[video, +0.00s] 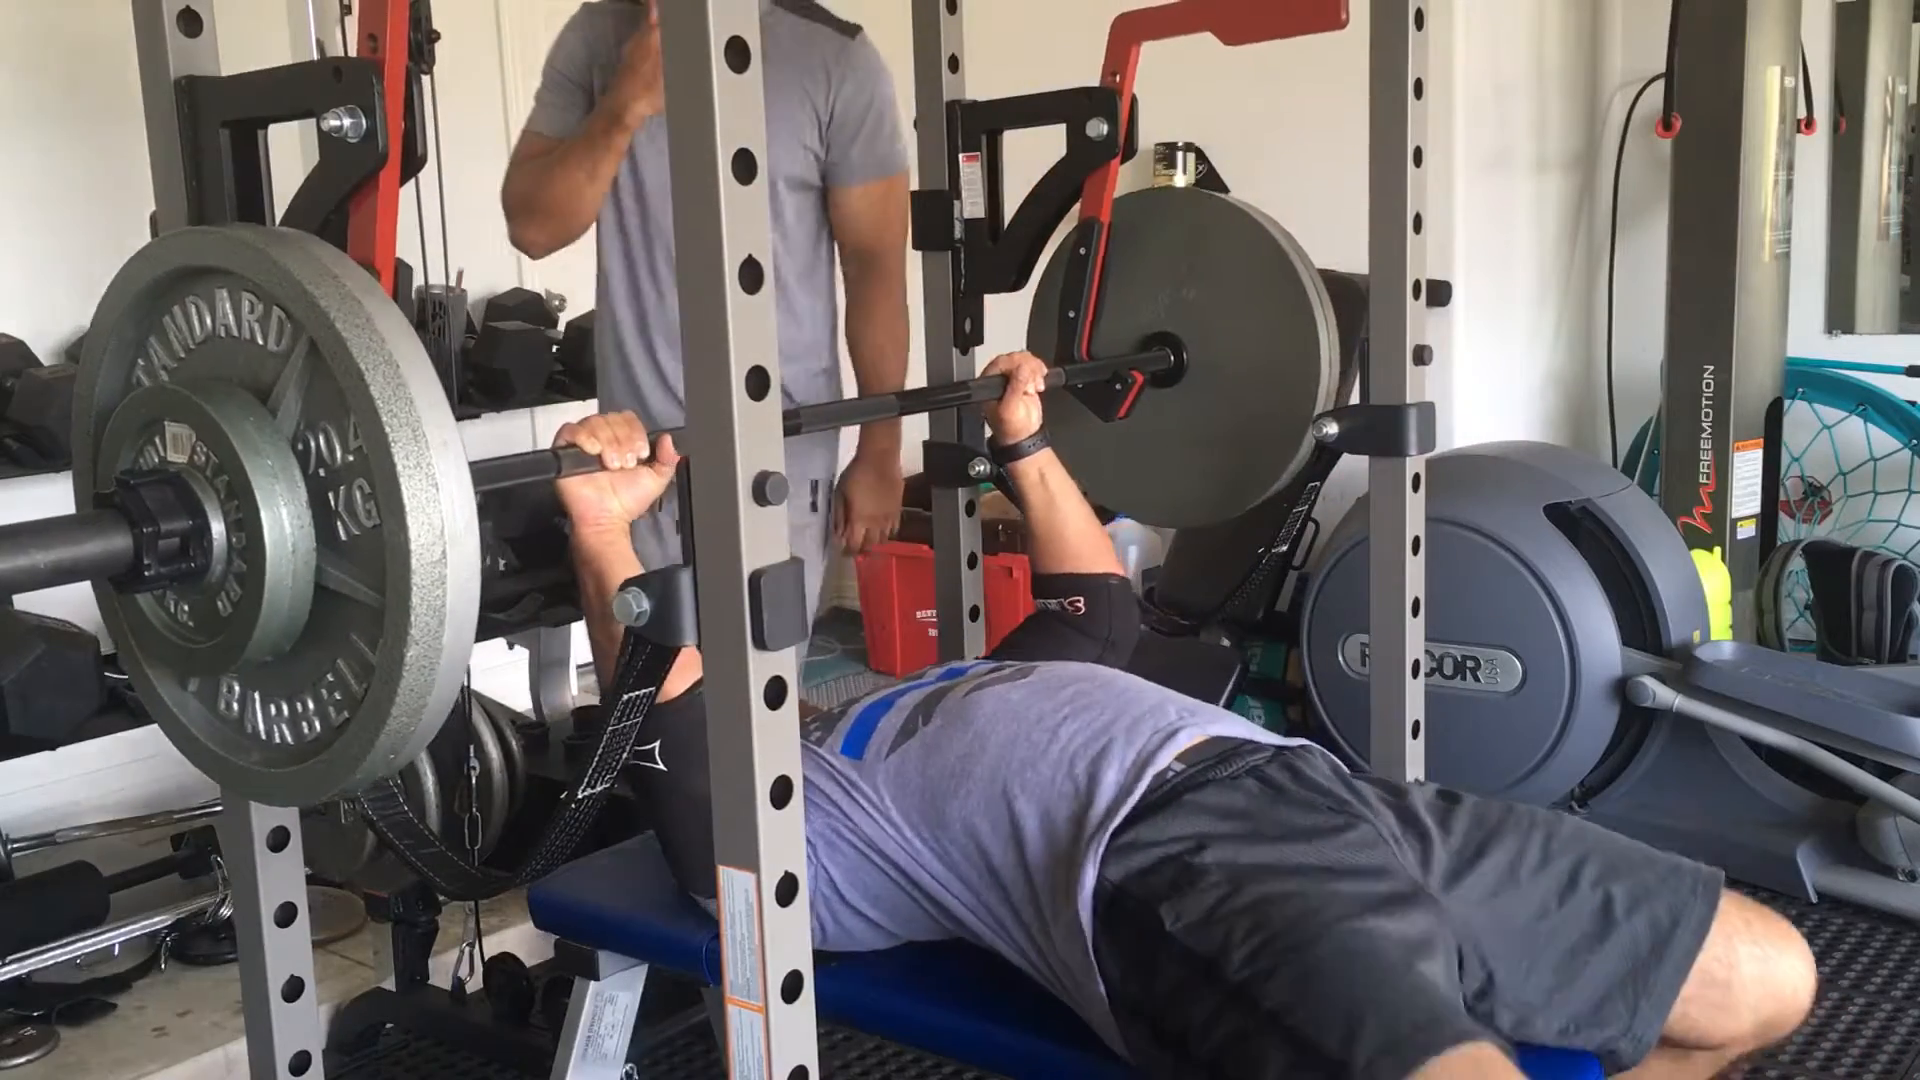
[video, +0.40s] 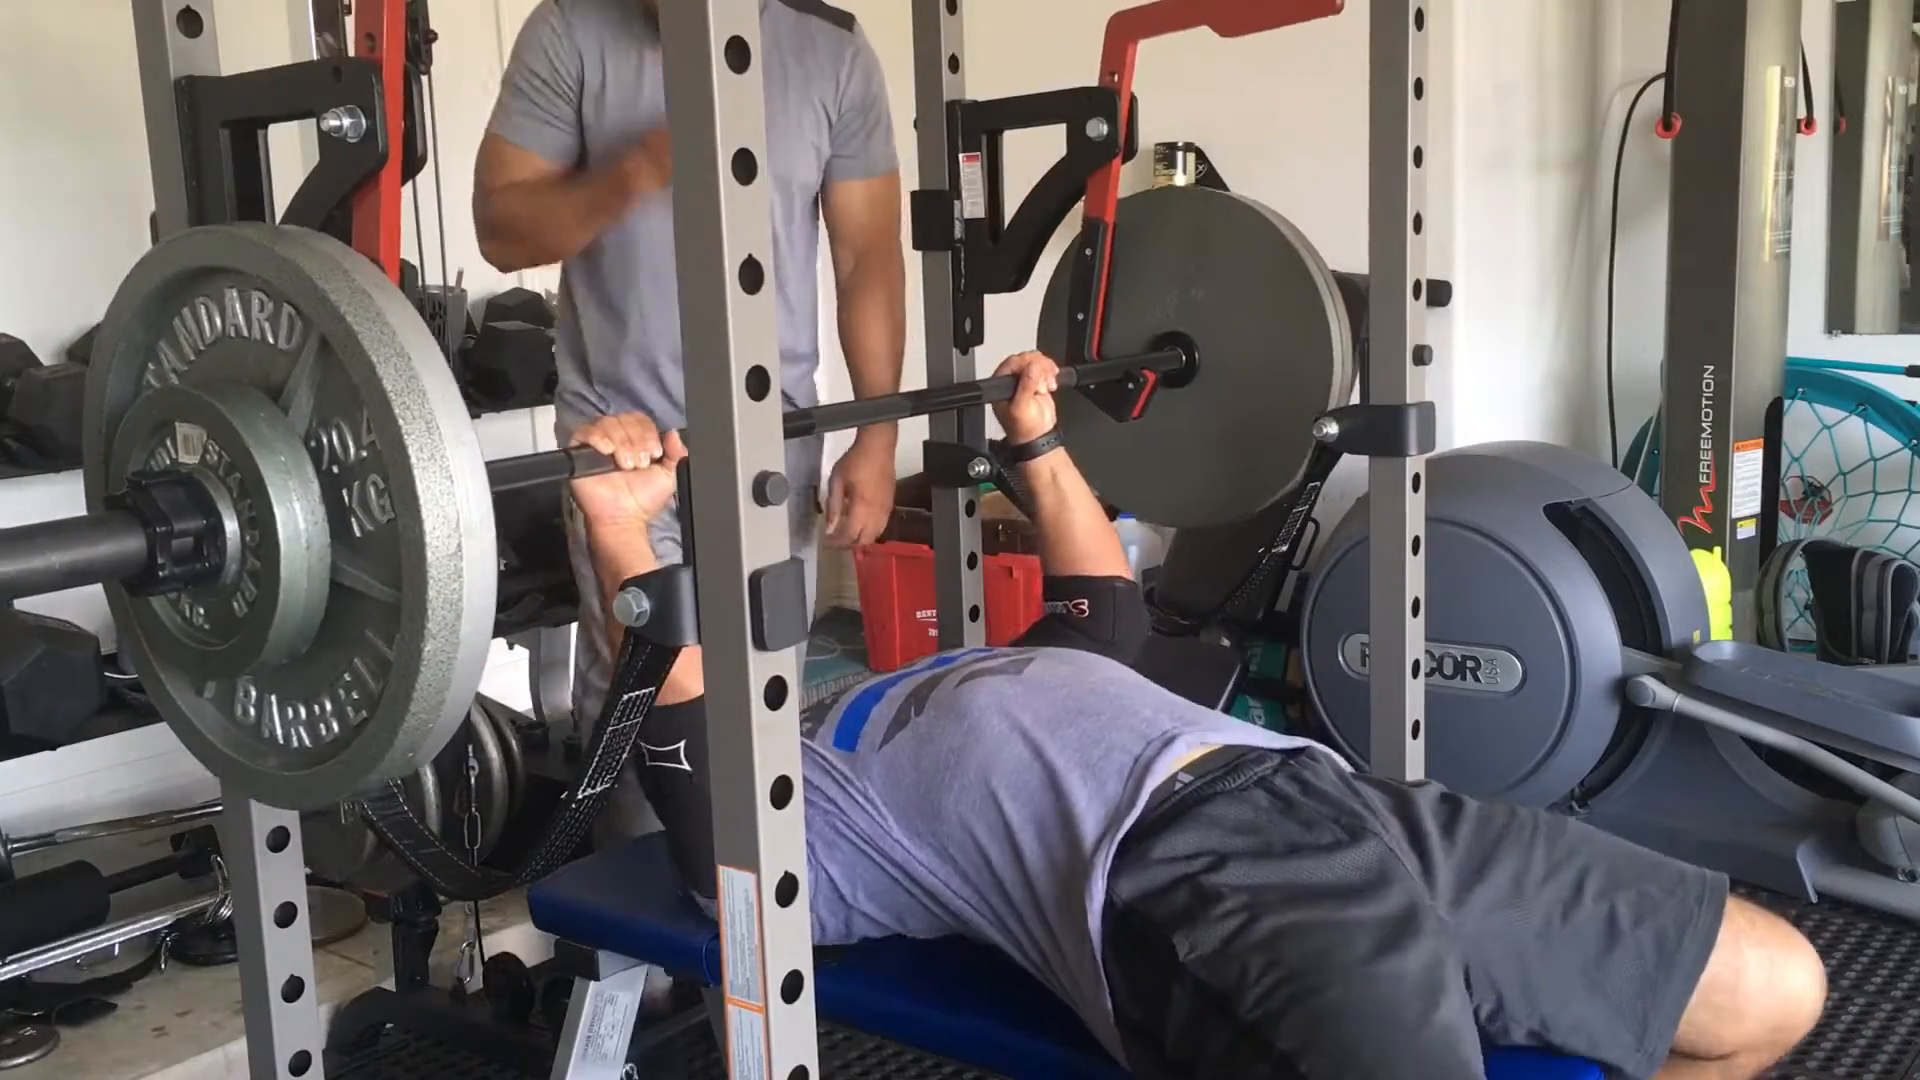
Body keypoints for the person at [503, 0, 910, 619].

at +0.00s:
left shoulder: (835, 57)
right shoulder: (603, 31)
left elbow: (874, 264)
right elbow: (532, 226)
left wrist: (881, 453)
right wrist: (621, 111)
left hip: (786, 444)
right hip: (643, 446)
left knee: (764, 689)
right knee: (653, 695)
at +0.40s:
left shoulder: (833, 53)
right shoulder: (574, 31)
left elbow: (870, 257)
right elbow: (504, 233)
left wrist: (877, 433)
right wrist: (626, 178)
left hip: (776, 445)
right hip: (622, 445)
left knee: (767, 700)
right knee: (639, 706)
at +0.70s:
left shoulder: (807, 37)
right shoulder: (556, 36)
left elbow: (847, 240)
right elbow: (526, 265)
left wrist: (880, 421)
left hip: (770, 453)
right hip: (622, 463)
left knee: (767, 706)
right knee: (636, 725)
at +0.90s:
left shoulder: (775, 19)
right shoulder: (538, 29)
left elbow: (812, 222)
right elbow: (521, 284)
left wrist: (855, 401)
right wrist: (569, 491)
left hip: (750, 450)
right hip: (606, 472)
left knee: (761, 726)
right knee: (632, 754)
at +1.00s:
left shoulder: (752, 21)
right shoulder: (525, 29)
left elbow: (793, 218)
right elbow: (510, 292)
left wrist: (845, 382)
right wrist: (579, 495)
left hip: (754, 450)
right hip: (606, 477)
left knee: (792, 711)